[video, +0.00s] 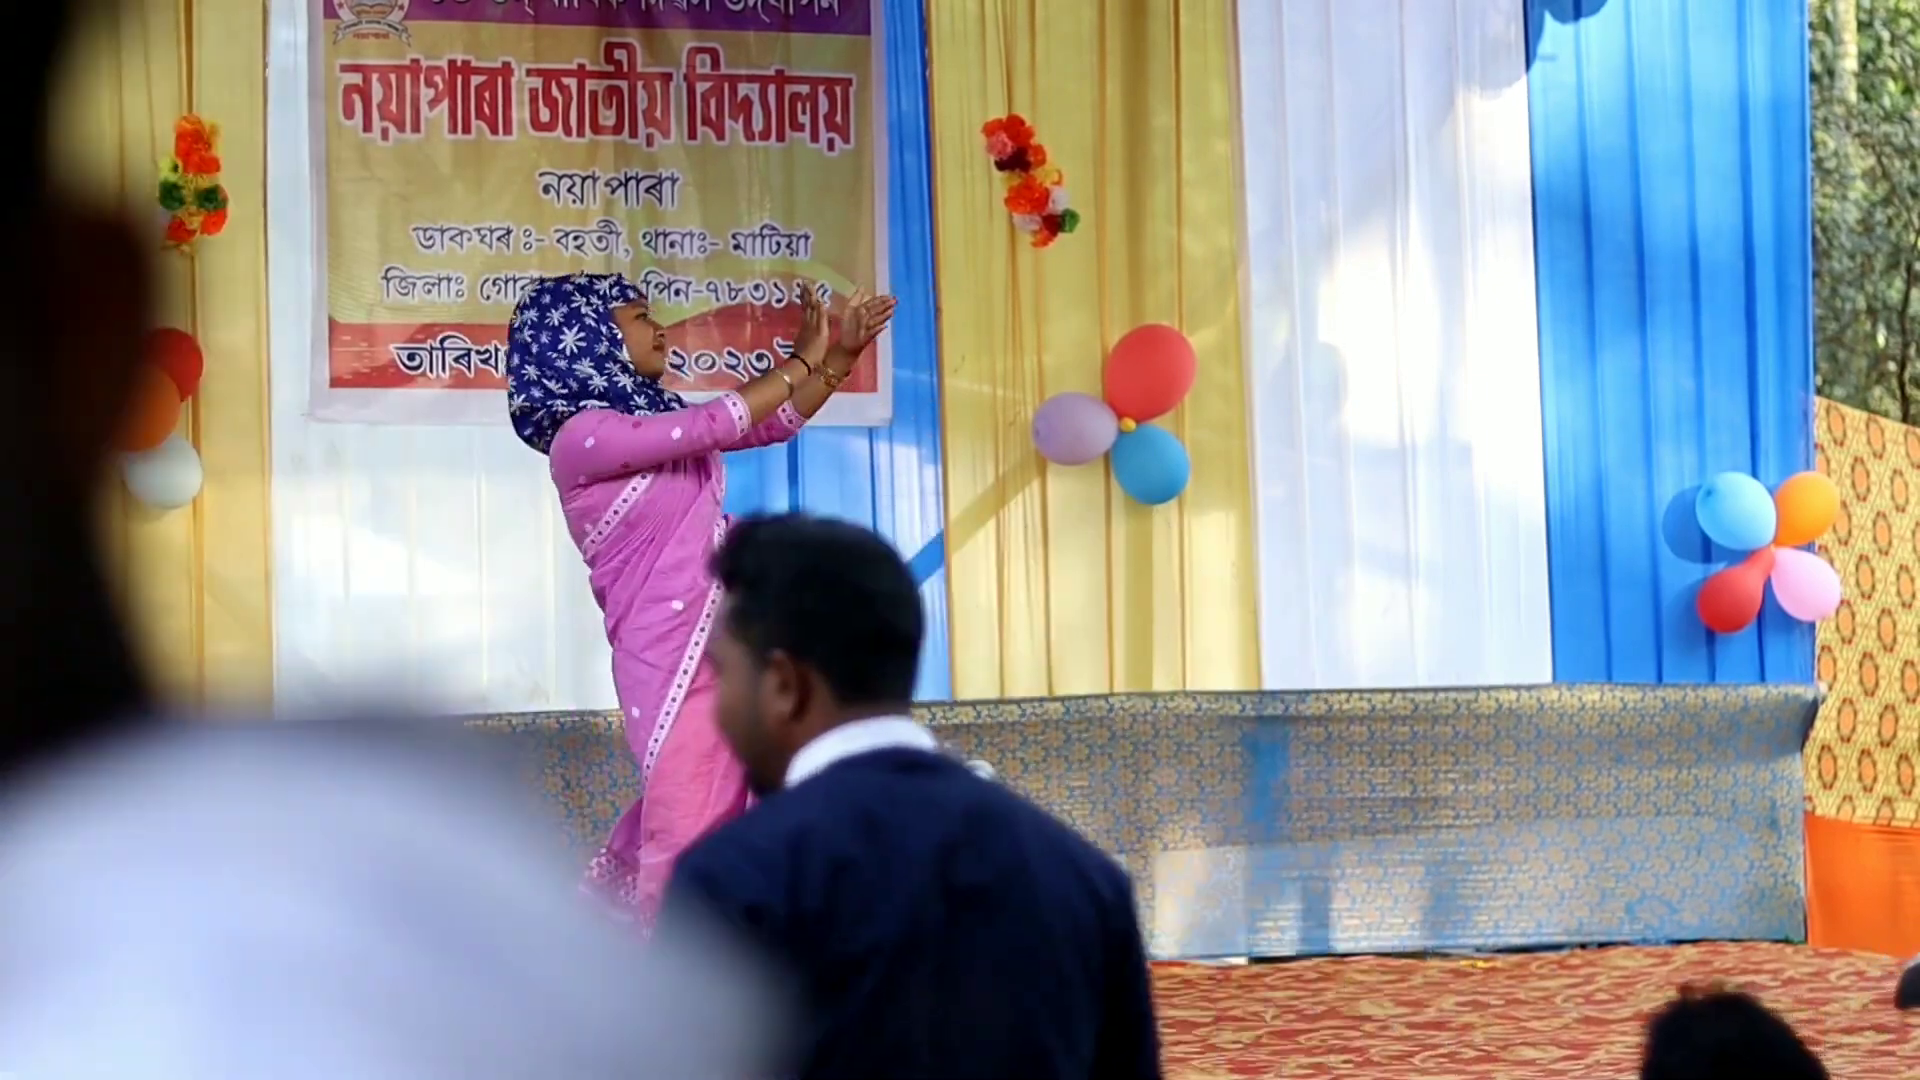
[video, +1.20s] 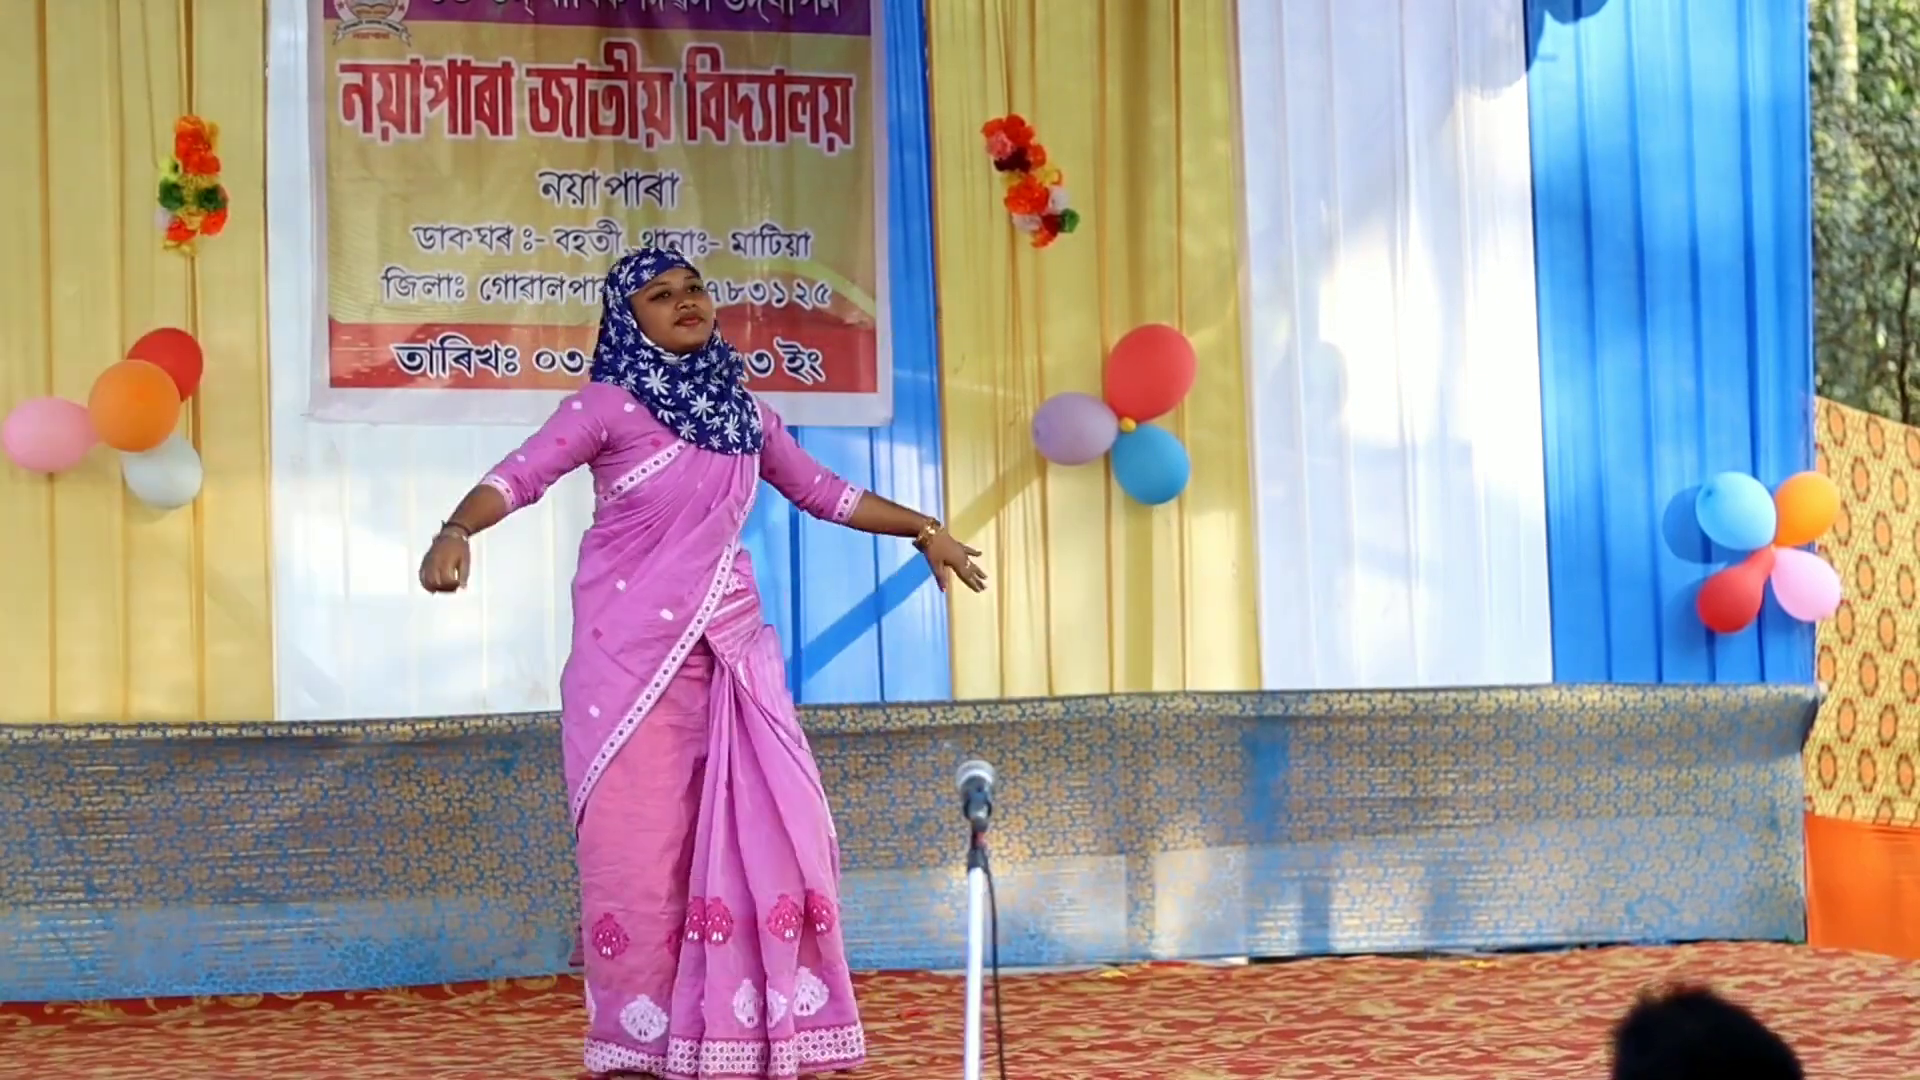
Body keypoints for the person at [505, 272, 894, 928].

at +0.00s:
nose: (660, 333)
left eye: (650, 318)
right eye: (640, 321)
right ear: (593, 342)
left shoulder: (658, 425)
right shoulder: (586, 437)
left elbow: (769, 425)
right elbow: (718, 421)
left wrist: (837, 359)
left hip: (725, 652)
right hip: (669, 666)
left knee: (729, 825)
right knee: (683, 833)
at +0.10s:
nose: (659, 348)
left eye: (651, 336)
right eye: (640, 337)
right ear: (589, 361)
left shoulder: (661, 441)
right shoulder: (588, 459)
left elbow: (773, 430)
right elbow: (718, 436)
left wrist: (837, 357)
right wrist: (816, 365)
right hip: (679, 654)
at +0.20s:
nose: (657, 338)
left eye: (648, 325)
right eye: (637, 327)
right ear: (590, 354)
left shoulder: (666, 420)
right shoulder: (582, 453)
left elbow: (779, 413)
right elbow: (677, 506)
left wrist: (857, 348)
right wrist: (751, 424)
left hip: (749, 640)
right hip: (680, 656)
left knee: (810, 803)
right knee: (707, 824)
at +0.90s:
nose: (675, 328)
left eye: (671, 314)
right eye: (654, 316)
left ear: (660, 328)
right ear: (604, 335)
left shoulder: (676, 420)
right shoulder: (594, 432)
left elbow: (772, 469)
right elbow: (681, 514)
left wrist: (868, 472)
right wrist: (795, 548)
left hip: (723, 653)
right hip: (647, 667)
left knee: (757, 828)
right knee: (669, 843)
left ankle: (766, 1028)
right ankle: (654, 1035)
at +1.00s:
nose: (679, 339)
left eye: (677, 326)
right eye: (657, 330)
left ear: (678, 341)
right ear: (611, 353)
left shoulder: (689, 435)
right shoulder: (612, 450)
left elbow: (772, 498)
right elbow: (632, 576)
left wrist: (862, 550)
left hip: (711, 669)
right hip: (631, 678)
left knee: (760, 839)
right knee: (659, 857)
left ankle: (759, 1041)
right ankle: (642, 1049)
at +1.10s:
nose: (682, 337)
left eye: (682, 325)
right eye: (657, 331)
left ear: (694, 340)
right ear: (617, 359)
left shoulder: (709, 442)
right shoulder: (615, 450)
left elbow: (798, 514)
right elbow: (572, 568)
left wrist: (890, 576)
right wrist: (541, 680)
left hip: (714, 690)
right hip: (625, 700)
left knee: (771, 856)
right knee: (647, 884)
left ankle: (755, 1054)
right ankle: (646, 1060)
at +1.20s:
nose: (691, 304)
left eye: (696, 290)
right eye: (667, 296)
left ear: (711, 303)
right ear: (631, 320)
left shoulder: (743, 410)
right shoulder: (609, 404)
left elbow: (825, 493)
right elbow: (521, 476)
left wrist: (924, 527)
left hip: (733, 653)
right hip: (632, 659)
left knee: (763, 831)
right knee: (643, 852)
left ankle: (759, 1040)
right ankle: (648, 1042)